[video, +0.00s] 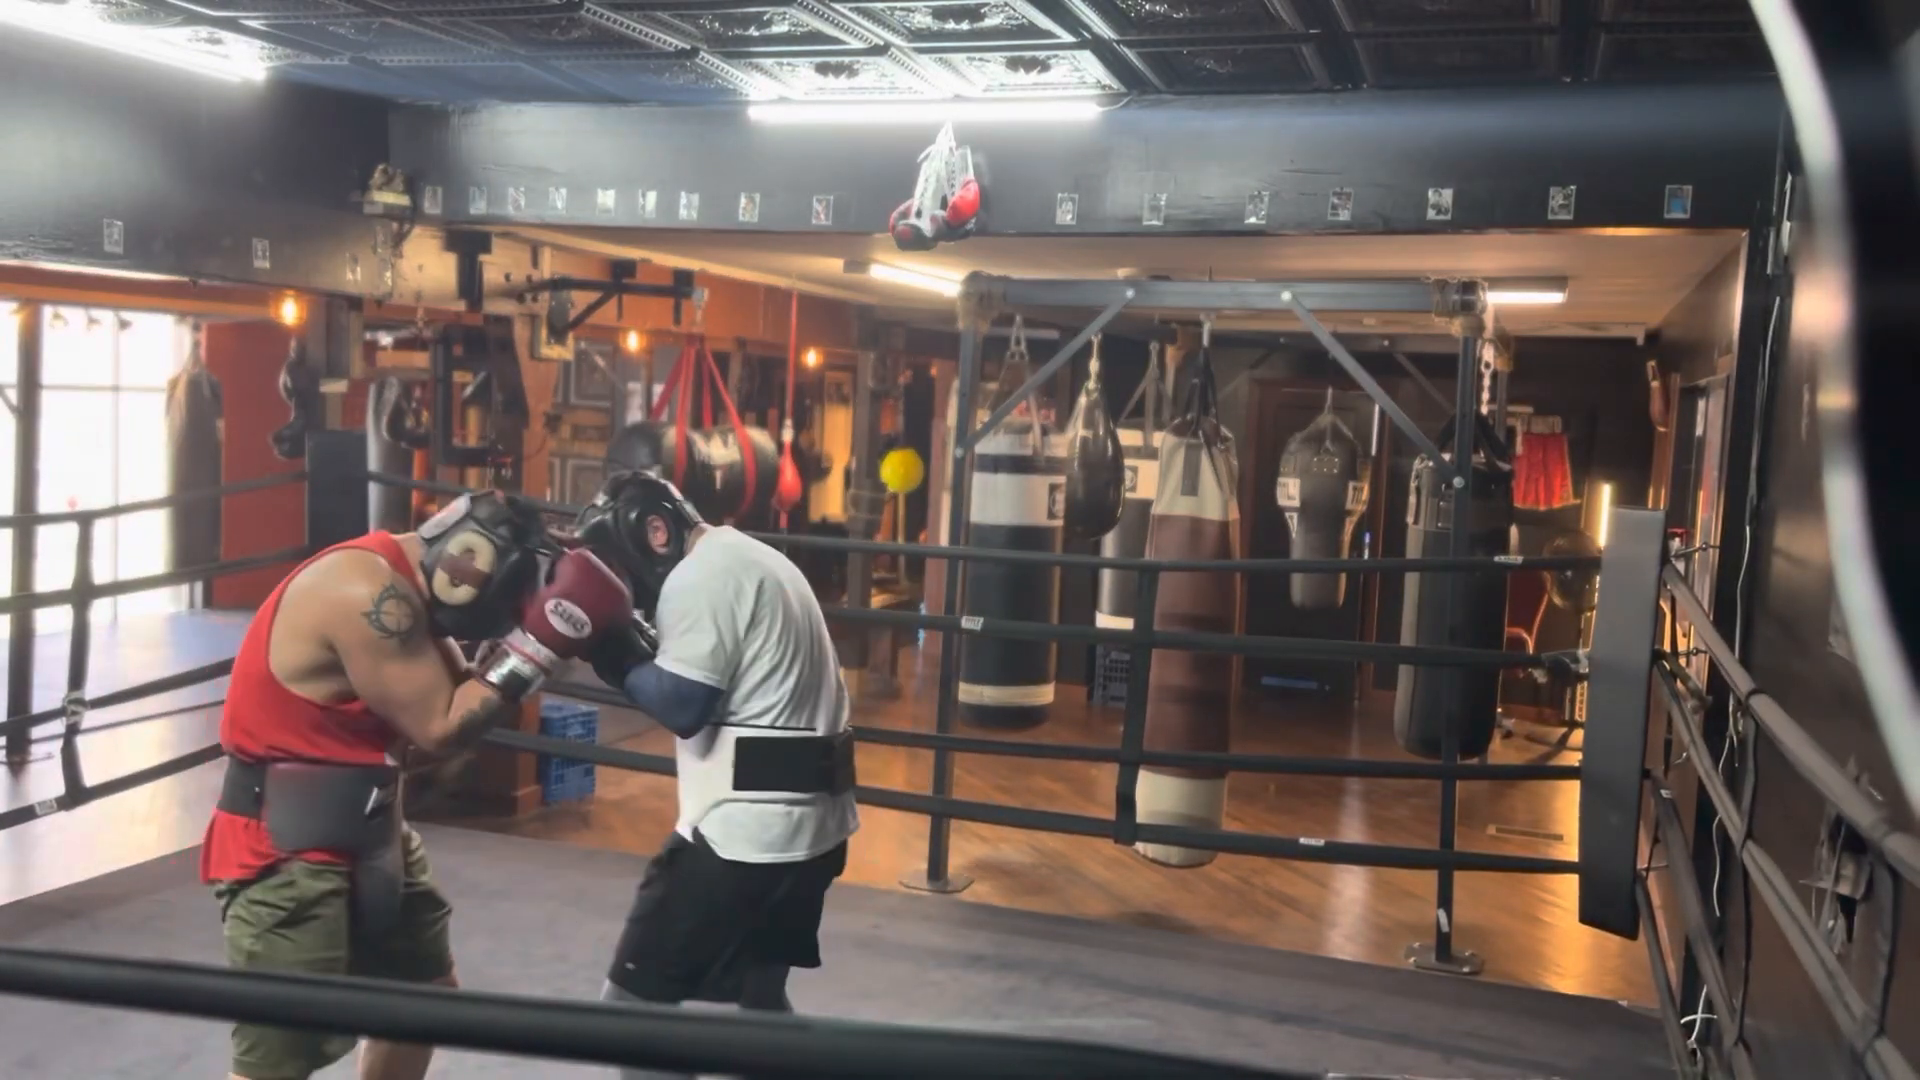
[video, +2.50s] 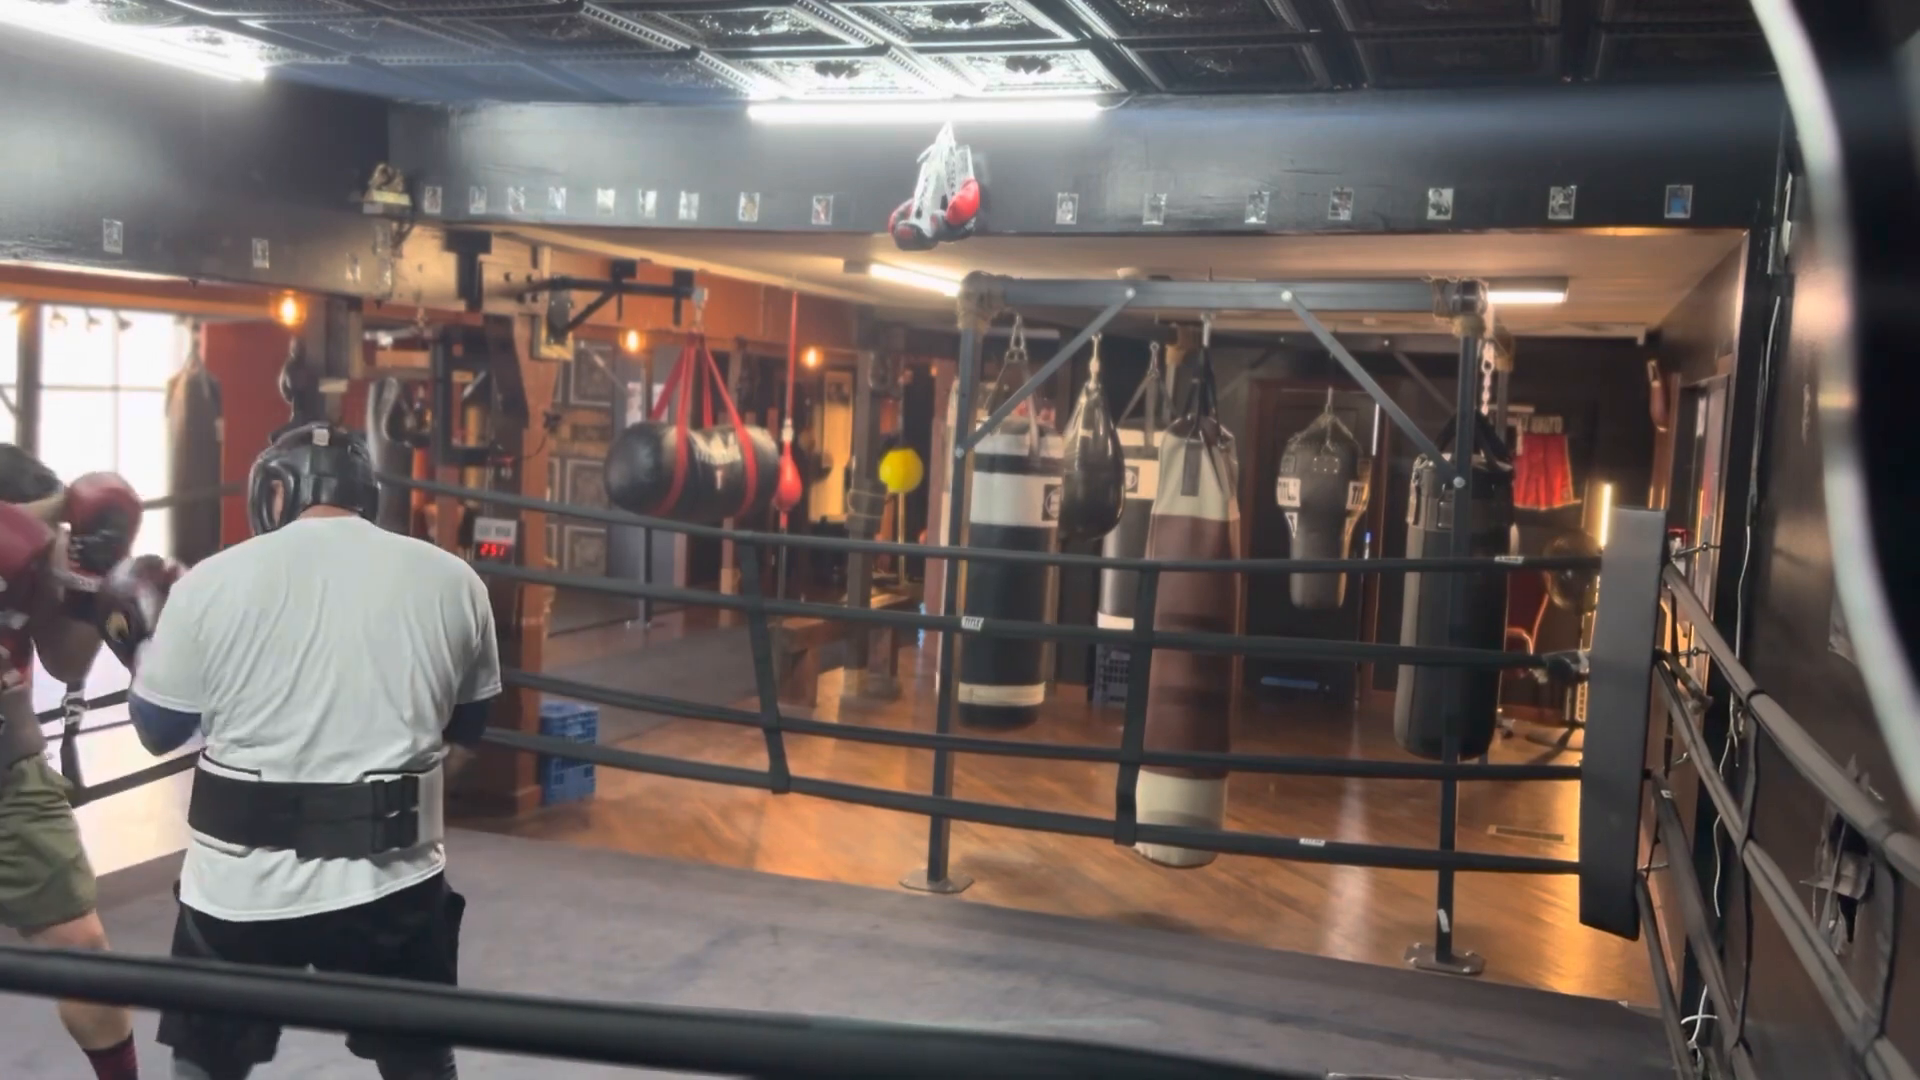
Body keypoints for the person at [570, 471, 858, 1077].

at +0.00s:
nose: (625, 560)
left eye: (624, 543)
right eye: (617, 547)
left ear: (657, 530)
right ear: (674, 525)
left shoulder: (705, 572)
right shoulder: (757, 559)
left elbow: (684, 705)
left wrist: (614, 644)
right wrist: (613, 639)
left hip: (743, 831)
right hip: (818, 827)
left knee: (631, 1006)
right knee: (755, 1001)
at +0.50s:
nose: (534, 556)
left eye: (531, 538)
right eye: (527, 542)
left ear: (560, 521)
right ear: (604, 511)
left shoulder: (580, 582)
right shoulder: (700, 566)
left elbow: (503, 702)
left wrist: (470, 621)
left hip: (605, 876)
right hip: (708, 869)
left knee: (558, 1049)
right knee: (692, 1017)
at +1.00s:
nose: (431, 559)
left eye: (429, 541)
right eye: (426, 544)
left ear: (459, 521)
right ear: (502, 506)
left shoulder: (480, 579)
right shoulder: (613, 553)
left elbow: (413, 704)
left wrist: (379, 638)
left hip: (524, 859)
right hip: (641, 851)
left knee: (437, 1037)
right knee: (643, 1031)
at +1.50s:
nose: (348, 547)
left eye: (348, 528)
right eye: (342, 531)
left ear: (388, 517)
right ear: (443, 501)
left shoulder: (411, 610)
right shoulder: (541, 565)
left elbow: (384, 763)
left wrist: (308, 668)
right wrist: (365, 639)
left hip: (443, 901)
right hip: (553, 890)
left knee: (363, 1060)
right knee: (530, 1062)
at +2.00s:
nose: (211, 533)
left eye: (214, 517)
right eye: (211, 517)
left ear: (240, 514)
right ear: (322, 498)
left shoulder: (212, 588)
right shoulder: (419, 567)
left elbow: (128, 702)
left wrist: (109, 618)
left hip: (276, 925)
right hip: (429, 911)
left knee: (212, 1065)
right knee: (467, 1066)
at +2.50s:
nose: (255, 508)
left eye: (260, 494)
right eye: (258, 495)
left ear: (277, 494)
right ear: (369, 497)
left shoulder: (211, 583)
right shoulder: (450, 580)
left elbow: (159, 728)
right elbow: (466, 725)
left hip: (240, 896)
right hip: (393, 895)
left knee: (204, 1062)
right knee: (420, 1063)